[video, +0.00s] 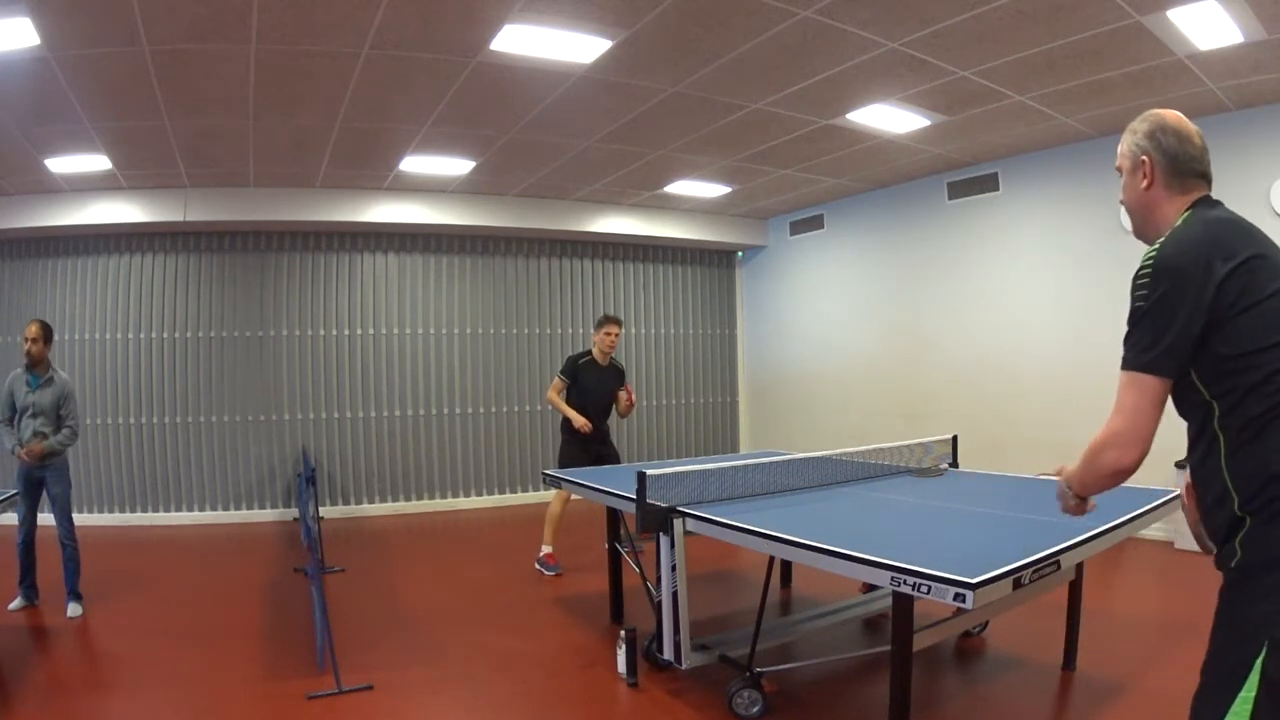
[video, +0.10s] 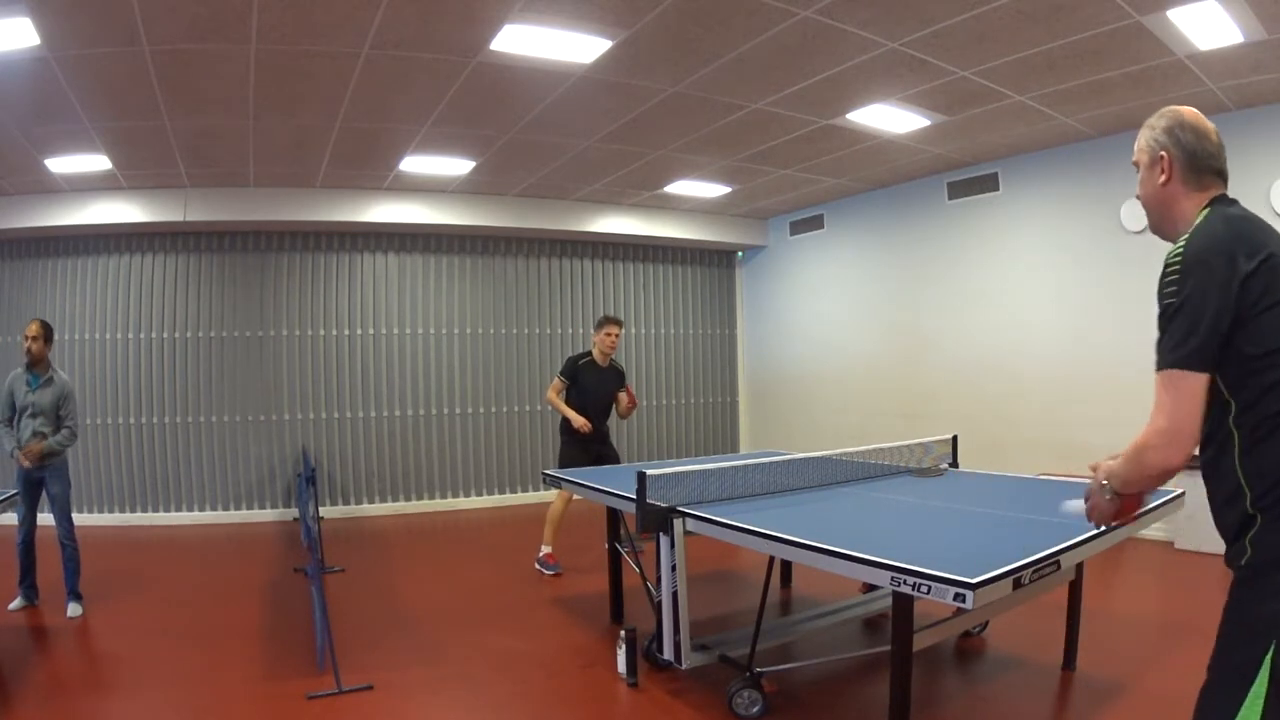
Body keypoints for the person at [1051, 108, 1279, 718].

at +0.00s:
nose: (1118, 195)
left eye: (1119, 176)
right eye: (1117, 178)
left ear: (1145, 172)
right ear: (1195, 171)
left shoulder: (1175, 260)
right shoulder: (1242, 237)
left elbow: (1123, 447)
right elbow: (1260, 385)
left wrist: (1076, 483)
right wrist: (1204, 481)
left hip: (1268, 539)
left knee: (1225, 708)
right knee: (1255, 701)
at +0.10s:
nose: (1135, 187)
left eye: (1136, 169)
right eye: (1134, 171)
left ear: (1162, 168)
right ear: (1207, 167)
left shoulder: (1201, 254)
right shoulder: (1250, 236)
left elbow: (1170, 443)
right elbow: (1243, 411)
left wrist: (1112, 478)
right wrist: (1148, 473)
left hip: (1269, 544)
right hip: (1269, 535)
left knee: (1225, 710)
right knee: (1246, 703)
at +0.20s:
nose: (1146, 184)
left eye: (1149, 163)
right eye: (1147, 165)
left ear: (1177, 165)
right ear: (1208, 164)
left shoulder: (1220, 252)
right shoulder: (1256, 234)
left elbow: (1228, 432)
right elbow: (1228, 382)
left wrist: (1138, 488)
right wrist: (1137, 408)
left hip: (1269, 546)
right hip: (1272, 538)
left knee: (1213, 708)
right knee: (1252, 701)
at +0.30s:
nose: (1149, 178)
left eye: (1151, 160)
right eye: (1149, 163)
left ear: (1177, 160)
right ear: (1211, 159)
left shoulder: (1229, 243)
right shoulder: (1248, 231)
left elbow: (1262, 413)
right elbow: (1224, 379)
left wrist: (1167, 508)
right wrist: (1139, 371)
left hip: (1268, 542)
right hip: (1266, 535)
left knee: (1211, 707)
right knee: (1250, 701)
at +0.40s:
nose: (1142, 177)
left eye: (1144, 159)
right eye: (1141, 162)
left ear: (1170, 159)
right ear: (1203, 159)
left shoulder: (1221, 240)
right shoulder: (1243, 229)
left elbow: (1271, 399)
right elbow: (1225, 376)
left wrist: (1195, 527)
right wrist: (1145, 368)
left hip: (1259, 542)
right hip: (1263, 535)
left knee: (1200, 706)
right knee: (1259, 700)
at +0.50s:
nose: (1129, 184)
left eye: (1132, 164)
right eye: (1129, 165)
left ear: (1156, 163)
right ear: (1206, 164)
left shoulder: (1198, 256)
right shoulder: (1242, 237)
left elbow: (1268, 400)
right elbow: (1249, 369)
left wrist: (1206, 543)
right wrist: (1163, 394)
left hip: (1250, 556)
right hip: (1261, 547)